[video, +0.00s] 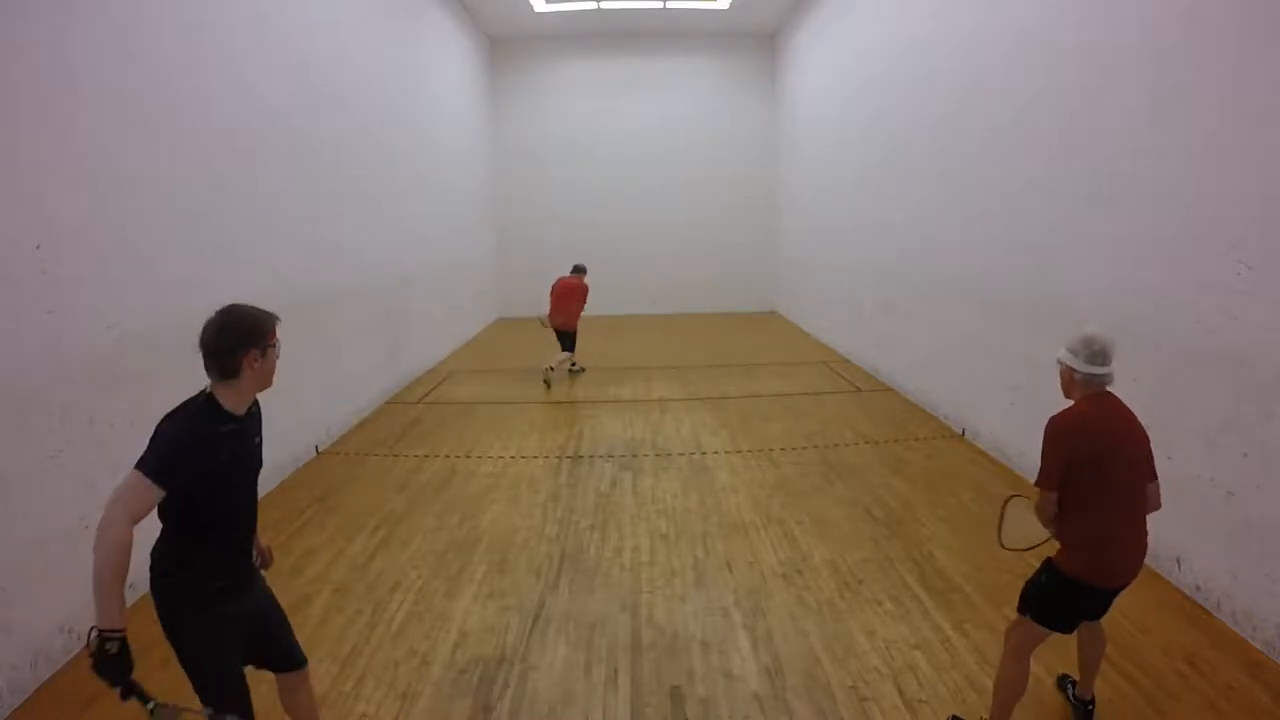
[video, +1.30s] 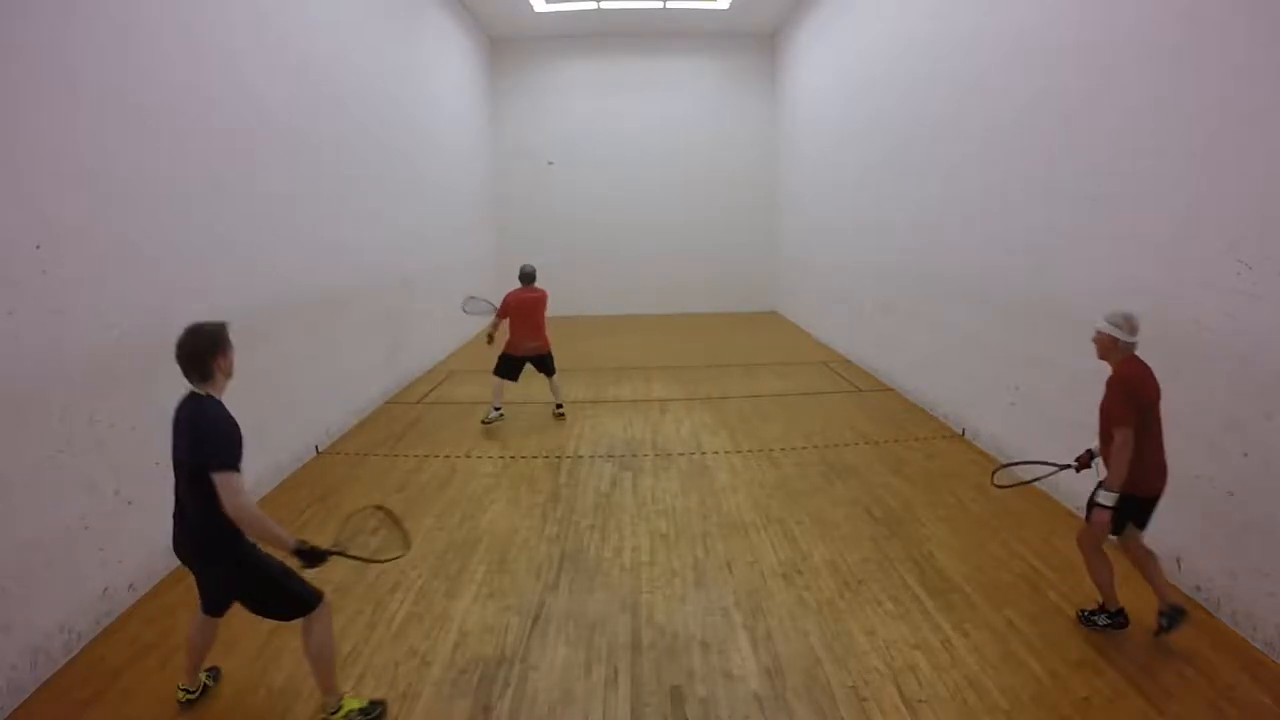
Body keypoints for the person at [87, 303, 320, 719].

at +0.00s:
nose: (278, 355)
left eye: (277, 347)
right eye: (274, 348)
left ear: (248, 362)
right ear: (253, 361)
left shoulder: (248, 411)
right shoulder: (185, 429)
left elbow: (230, 489)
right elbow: (116, 520)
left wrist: (251, 537)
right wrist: (110, 635)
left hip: (239, 572)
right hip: (190, 592)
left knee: (293, 669)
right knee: (232, 710)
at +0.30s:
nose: (255, 359)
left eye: (252, 349)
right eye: (246, 351)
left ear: (219, 362)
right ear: (216, 360)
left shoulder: (226, 408)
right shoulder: (167, 434)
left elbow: (210, 498)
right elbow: (122, 536)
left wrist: (233, 565)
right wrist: (182, 625)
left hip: (239, 574)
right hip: (195, 597)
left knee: (288, 669)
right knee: (249, 703)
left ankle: (307, 714)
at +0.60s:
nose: (220, 359)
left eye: (218, 348)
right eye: (208, 351)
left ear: (181, 361)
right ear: (173, 360)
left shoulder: (191, 407)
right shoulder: (148, 436)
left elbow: (187, 496)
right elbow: (116, 541)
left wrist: (210, 560)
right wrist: (179, 614)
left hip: (213, 564)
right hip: (177, 591)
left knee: (258, 641)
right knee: (219, 697)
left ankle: (258, 707)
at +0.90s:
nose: (211, 351)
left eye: (208, 343)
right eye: (205, 345)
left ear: (177, 357)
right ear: (186, 357)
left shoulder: (177, 405)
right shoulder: (162, 422)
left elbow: (175, 486)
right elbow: (129, 514)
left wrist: (208, 533)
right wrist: (161, 589)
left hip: (203, 550)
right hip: (190, 565)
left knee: (213, 636)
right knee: (232, 680)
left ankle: (210, 693)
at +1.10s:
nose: (209, 324)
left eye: (206, 315)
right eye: (205, 317)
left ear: (165, 330)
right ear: (192, 325)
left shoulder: (159, 378)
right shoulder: (185, 386)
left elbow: (157, 445)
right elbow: (176, 474)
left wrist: (211, 470)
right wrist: (212, 542)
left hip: (177, 519)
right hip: (202, 527)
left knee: (205, 595)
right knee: (254, 621)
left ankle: (210, 675)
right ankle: (253, 711)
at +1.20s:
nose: (217, 331)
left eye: (214, 323)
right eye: (214, 325)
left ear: (173, 337)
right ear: (204, 332)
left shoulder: (166, 385)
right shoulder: (199, 390)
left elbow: (177, 462)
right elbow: (200, 472)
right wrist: (244, 533)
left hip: (179, 519)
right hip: (206, 524)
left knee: (209, 592)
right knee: (281, 611)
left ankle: (195, 675)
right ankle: (285, 711)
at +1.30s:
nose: (233, 358)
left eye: (229, 350)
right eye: (230, 351)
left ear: (190, 365)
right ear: (222, 361)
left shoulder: (188, 409)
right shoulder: (216, 421)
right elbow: (237, 507)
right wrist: (295, 546)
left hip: (191, 539)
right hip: (221, 546)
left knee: (211, 607)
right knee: (315, 606)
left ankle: (190, 685)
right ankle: (334, 703)